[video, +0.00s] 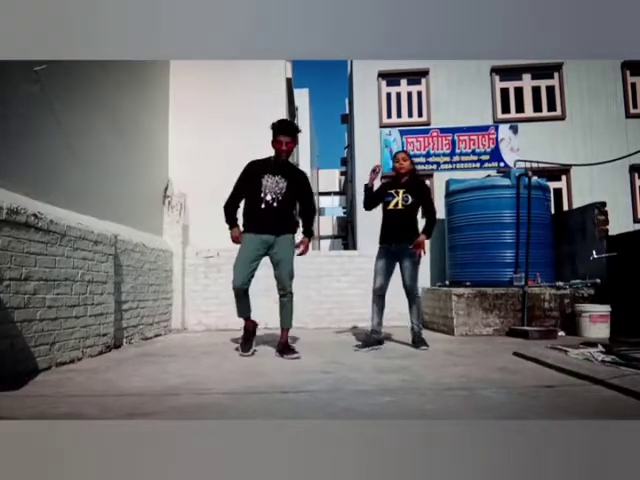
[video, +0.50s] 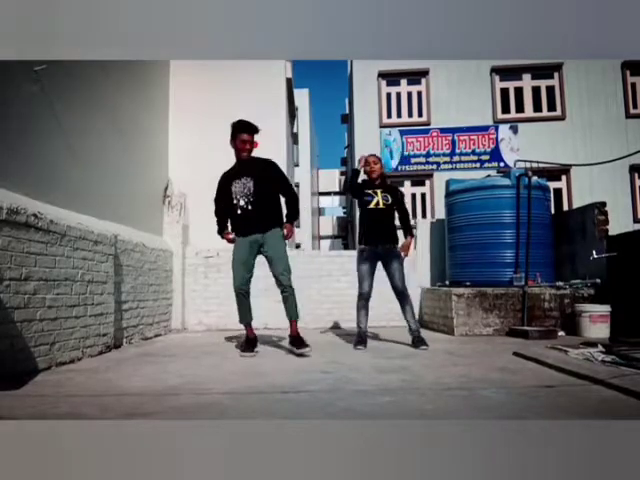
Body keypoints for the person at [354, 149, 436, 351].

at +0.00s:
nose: (400, 164)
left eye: (404, 160)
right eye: (397, 161)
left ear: (411, 163)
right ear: (394, 165)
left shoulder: (419, 185)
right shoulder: (387, 185)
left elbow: (431, 215)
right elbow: (368, 205)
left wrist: (424, 236)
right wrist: (370, 183)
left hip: (410, 244)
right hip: (387, 243)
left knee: (411, 289)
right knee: (378, 289)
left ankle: (417, 334)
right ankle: (375, 333)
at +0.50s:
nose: (371, 167)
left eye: (374, 164)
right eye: (368, 165)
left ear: (382, 166)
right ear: (365, 169)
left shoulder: (393, 191)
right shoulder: (361, 189)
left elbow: (403, 215)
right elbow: (350, 188)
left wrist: (409, 237)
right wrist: (357, 168)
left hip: (389, 246)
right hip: (367, 247)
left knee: (400, 290)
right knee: (364, 292)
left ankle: (416, 334)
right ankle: (361, 336)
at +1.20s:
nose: (374, 168)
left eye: (377, 165)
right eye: (370, 165)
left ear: (381, 168)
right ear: (363, 167)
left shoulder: (387, 191)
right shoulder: (355, 190)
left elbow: (397, 214)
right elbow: (346, 207)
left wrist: (407, 232)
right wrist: (357, 187)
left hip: (389, 244)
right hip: (366, 245)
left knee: (400, 286)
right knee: (365, 290)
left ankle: (409, 331)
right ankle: (361, 335)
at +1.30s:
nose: (380, 169)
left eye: (382, 166)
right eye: (376, 166)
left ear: (386, 169)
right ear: (369, 169)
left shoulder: (392, 192)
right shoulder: (360, 191)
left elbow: (405, 216)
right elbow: (347, 213)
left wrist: (417, 237)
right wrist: (365, 201)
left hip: (394, 246)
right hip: (371, 246)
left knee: (401, 289)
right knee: (368, 291)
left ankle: (408, 333)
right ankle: (362, 335)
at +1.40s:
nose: (387, 168)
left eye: (389, 165)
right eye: (383, 165)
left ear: (393, 168)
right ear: (376, 168)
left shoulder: (400, 191)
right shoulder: (368, 190)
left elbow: (411, 219)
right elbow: (356, 216)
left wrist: (423, 243)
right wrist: (365, 227)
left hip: (398, 245)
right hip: (376, 245)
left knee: (404, 289)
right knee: (371, 290)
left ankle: (408, 334)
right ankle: (362, 335)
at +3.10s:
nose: (359, 164)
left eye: (362, 160)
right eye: (356, 161)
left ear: (369, 163)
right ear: (351, 164)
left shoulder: (378, 186)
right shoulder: (345, 187)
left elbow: (387, 213)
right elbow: (340, 217)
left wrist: (393, 238)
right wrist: (342, 243)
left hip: (376, 243)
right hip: (353, 244)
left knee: (390, 285)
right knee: (353, 291)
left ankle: (395, 330)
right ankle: (350, 335)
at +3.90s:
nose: (378, 165)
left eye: (381, 162)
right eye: (374, 162)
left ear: (386, 165)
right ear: (369, 167)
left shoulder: (394, 187)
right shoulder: (361, 187)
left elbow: (405, 214)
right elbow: (348, 213)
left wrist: (419, 237)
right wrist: (340, 238)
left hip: (388, 245)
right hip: (365, 245)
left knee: (395, 290)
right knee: (356, 290)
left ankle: (395, 333)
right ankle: (344, 332)